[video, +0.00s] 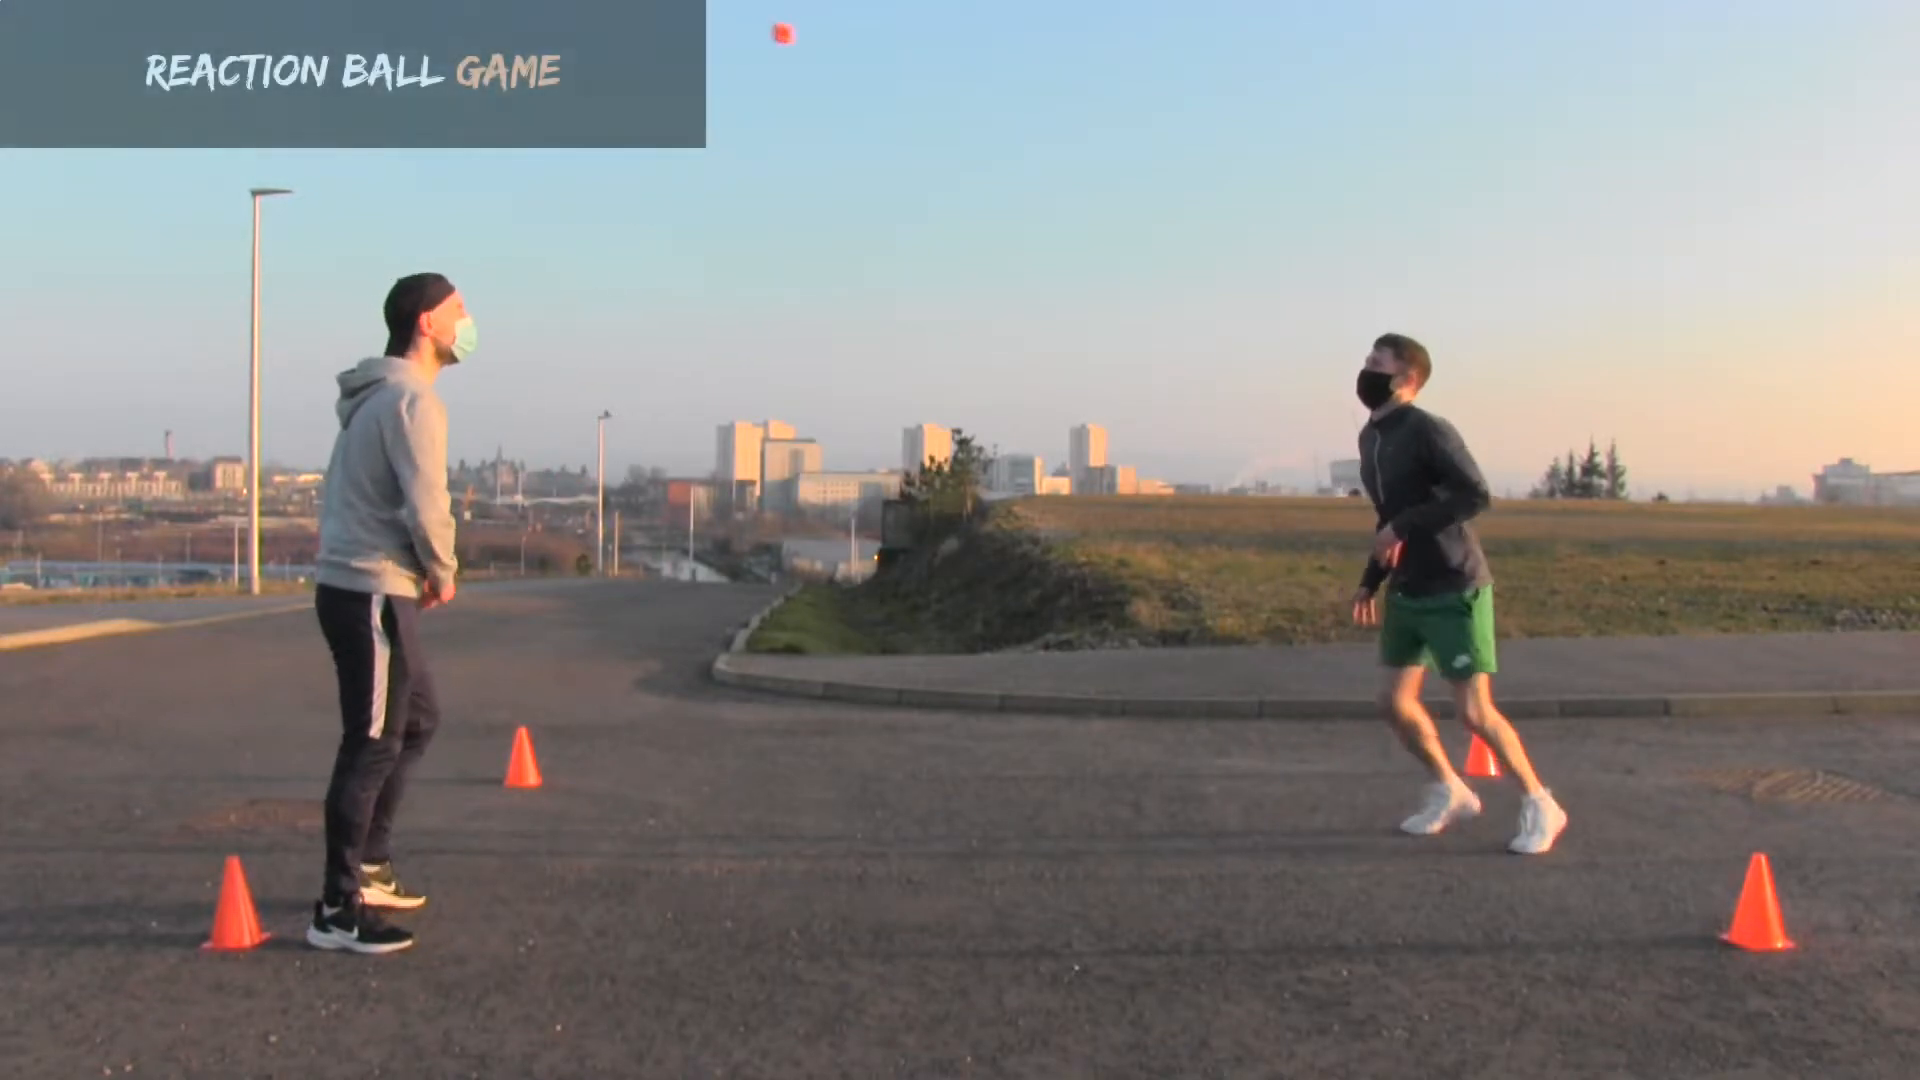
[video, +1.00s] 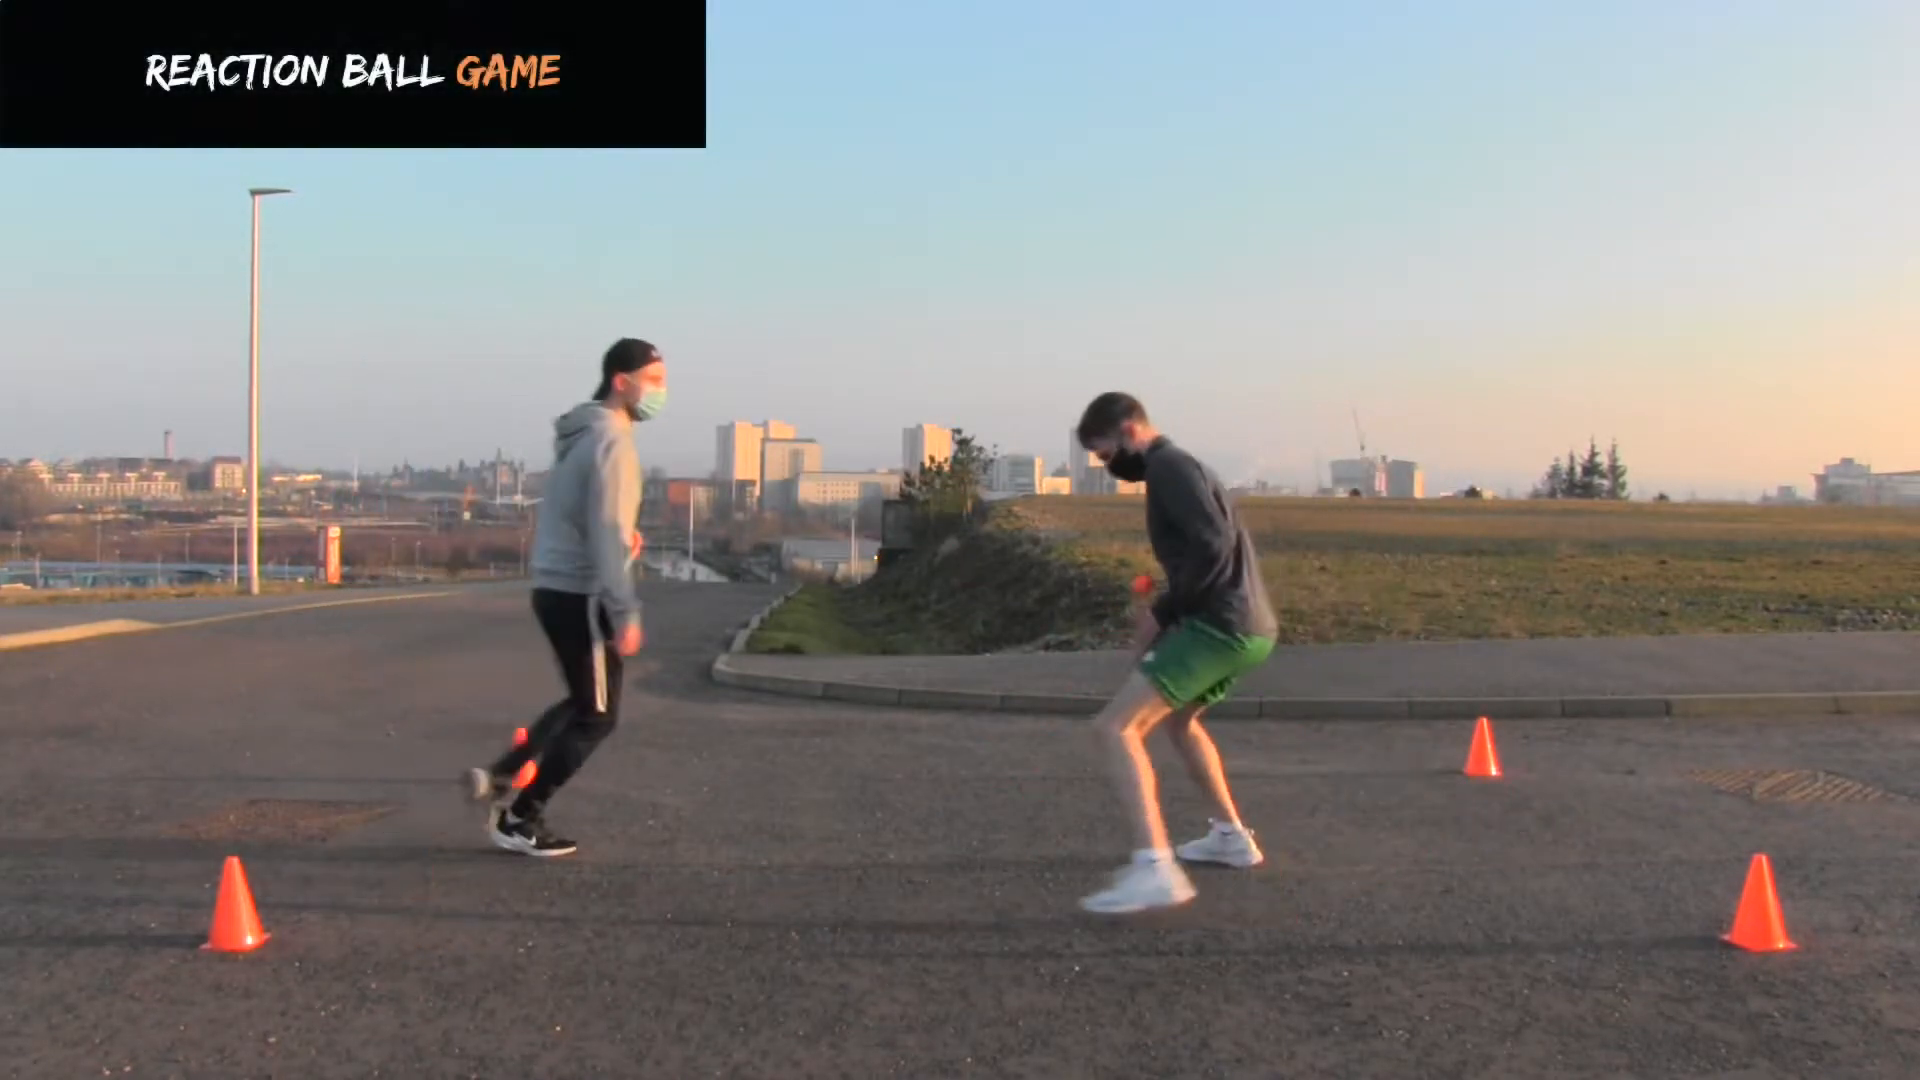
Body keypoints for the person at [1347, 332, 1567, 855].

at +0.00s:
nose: (1366, 368)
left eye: (1379, 361)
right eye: (1367, 359)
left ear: (1409, 377)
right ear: (1374, 371)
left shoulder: (1430, 431)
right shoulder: (1371, 438)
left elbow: (1475, 495)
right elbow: (1392, 522)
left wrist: (1400, 528)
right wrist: (1371, 582)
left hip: (1458, 591)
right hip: (1407, 592)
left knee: (1476, 709)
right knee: (1398, 701)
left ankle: (1541, 801)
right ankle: (1451, 788)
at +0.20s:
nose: (1330, 402)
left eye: (1343, 397)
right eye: (1332, 394)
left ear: (1375, 408)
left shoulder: (1393, 459)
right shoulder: (1353, 464)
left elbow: (1423, 538)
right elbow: (1382, 549)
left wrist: (1342, 558)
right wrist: (1350, 603)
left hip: (1448, 607)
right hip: (1395, 604)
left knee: (1474, 724)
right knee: (1331, 686)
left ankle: (1544, 805)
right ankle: (1350, 811)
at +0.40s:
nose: (1263, 399)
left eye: (1270, 389)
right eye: (1263, 389)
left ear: (1305, 390)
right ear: (1303, 392)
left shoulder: (1327, 443)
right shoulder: (1308, 452)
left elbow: (1357, 522)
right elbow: (1332, 540)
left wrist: (1281, 556)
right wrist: (1291, 588)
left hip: (1377, 611)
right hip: (1335, 607)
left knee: (1348, 740)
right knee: (1288, 710)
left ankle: (1465, 783)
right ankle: (1320, 835)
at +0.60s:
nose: (1205, 404)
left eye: (1209, 392)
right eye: (1202, 394)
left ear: (1238, 380)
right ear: (1242, 380)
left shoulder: (1277, 424)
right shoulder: (1266, 427)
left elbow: (1309, 497)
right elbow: (1291, 508)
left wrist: (1248, 556)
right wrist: (1256, 566)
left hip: (1316, 595)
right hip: (1295, 591)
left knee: (1259, 719)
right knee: (1236, 693)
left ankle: (1296, 861)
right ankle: (1276, 821)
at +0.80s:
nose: (1147, 464)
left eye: (1147, 452)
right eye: (1144, 454)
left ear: (1171, 441)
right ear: (1191, 436)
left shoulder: (1199, 488)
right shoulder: (1236, 479)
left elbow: (1206, 589)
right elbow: (1256, 572)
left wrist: (1157, 647)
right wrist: (1206, 626)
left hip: (1258, 643)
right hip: (1282, 635)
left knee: (1182, 764)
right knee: (1194, 718)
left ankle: (1255, 885)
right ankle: (1235, 839)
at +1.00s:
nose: (1100, 462)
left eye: (1102, 449)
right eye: (1095, 454)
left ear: (1131, 429)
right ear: (1132, 431)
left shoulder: (1168, 467)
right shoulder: (1177, 464)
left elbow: (1213, 547)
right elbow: (1212, 555)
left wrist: (1161, 609)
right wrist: (1165, 595)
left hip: (1221, 625)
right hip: (1250, 626)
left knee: (1117, 728)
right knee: (1180, 720)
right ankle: (1231, 833)